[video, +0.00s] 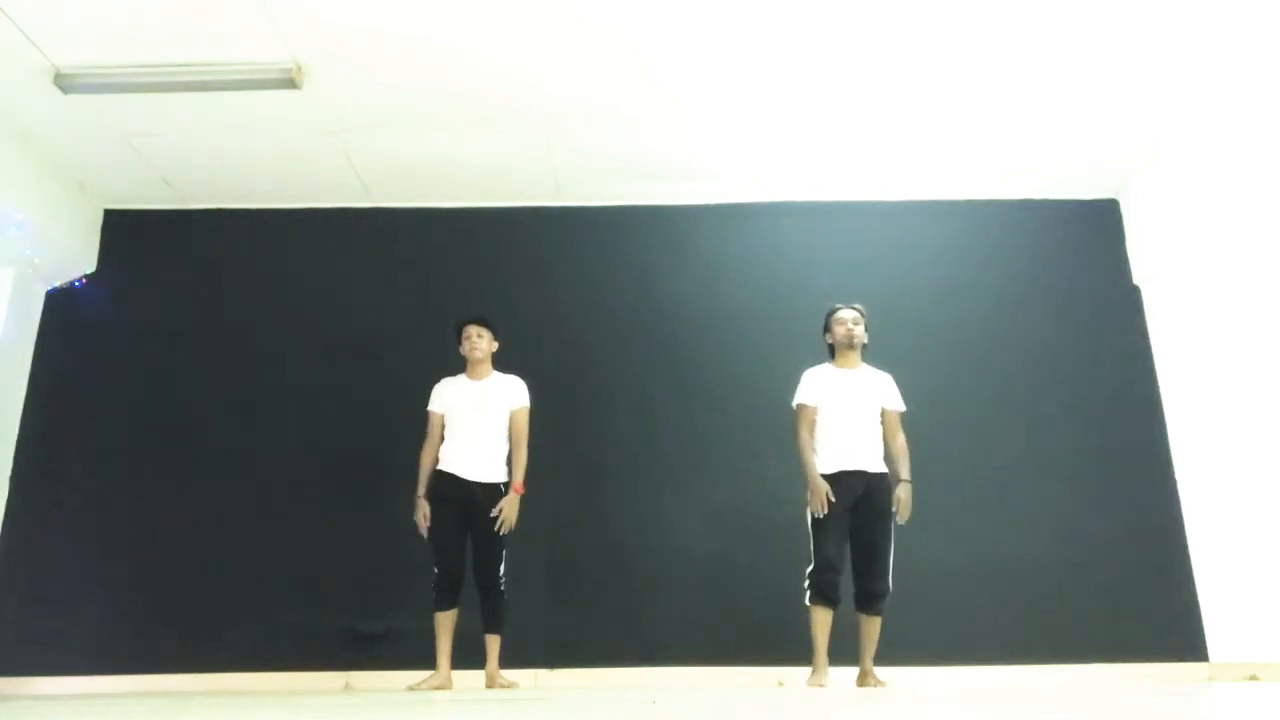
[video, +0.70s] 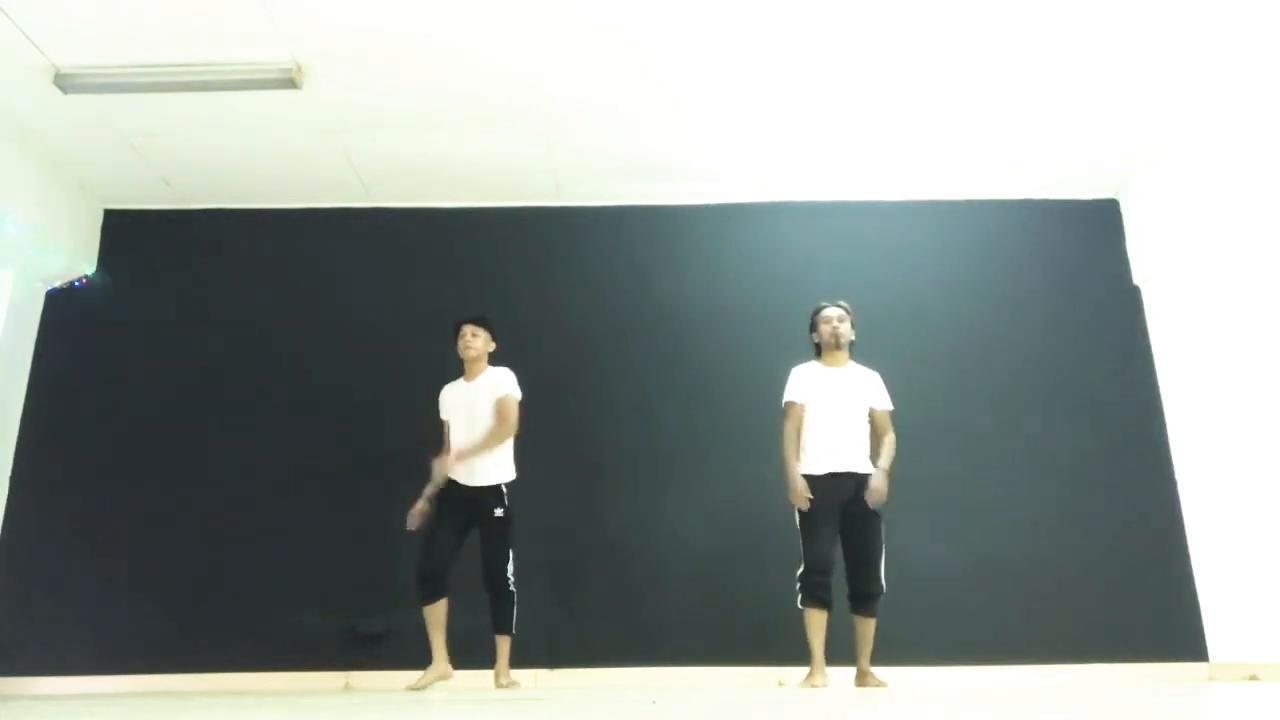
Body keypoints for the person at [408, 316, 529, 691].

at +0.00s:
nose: (473, 343)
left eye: (480, 337)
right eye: (468, 338)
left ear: (494, 345)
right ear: (460, 348)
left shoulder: (513, 386)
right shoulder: (444, 388)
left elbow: (519, 445)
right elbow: (431, 444)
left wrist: (515, 493)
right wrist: (421, 494)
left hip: (492, 492)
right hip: (448, 490)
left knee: (491, 579)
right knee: (446, 577)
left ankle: (493, 672)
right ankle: (442, 672)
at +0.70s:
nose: (468, 341)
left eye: (476, 336)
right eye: (463, 336)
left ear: (491, 346)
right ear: (457, 347)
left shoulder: (502, 377)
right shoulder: (449, 393)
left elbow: (507, 428)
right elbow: (447, 454)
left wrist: (464, 454)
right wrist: (426, 498)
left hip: (495, 492)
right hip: (456, 491)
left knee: (499, 576)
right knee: (430, 568)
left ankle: (502, 670)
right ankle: (440, 662)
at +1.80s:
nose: (356, 318)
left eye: (367, 317)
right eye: (361, 313)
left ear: (380, 333)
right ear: (360, 324)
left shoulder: (372, 370)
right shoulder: (343, 352)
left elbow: (348, 404)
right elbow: (307, 321)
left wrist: (307, 420)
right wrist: (300, 287)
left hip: (337, 481)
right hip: (323, 477)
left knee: (289, 568)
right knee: (316, 574)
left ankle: (261, 671)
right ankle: (379, 640)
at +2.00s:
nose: (280, 368)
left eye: (288, 359)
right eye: (277, 360)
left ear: (312, 360)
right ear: (277, 366)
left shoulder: (347, 388)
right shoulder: (279, 409)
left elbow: (374, 355)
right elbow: (231, 440)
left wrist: (321, 353)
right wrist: (191, 393)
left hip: (351, 507)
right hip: (312, 504)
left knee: (281, 577)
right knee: (225, 556)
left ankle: (257, 676)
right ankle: (213, 659)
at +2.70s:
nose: (380, 318)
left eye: (392, 313)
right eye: (381, 311)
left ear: (413, 328)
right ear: (376, 319)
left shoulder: (419, 382)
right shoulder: (357, 342)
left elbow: (427, 449)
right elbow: (331, 316)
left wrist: (438, 508)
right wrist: (317, 296)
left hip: (397, 495)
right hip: (344, 487)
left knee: (448, 569)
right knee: (293, 565)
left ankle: (489, 655)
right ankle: (310, 673)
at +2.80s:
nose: (414, 315)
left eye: (426, 311)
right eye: (414, 308)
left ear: (446, 326)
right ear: (408, 316)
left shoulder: (452, 382)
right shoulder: (387, 339)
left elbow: (462, 451)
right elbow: (352, 291)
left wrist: (475, 515)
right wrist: (370, 274)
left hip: (427, 492)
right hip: (373, 484)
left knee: (484, 570)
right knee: (317, 568)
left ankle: (550, 661)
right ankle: (312, 675)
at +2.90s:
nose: (447, 316)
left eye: (459, 310)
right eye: (445, 309)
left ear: (480, 324)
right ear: (438, 320)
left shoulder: (494, 377)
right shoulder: (415, 351)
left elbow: (518, 438)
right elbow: (358, 322)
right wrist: (374, 289)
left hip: (473, 493)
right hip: (415, 487)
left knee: (524, 572)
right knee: (357, 566)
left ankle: (559, 672)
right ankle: (317, 675)